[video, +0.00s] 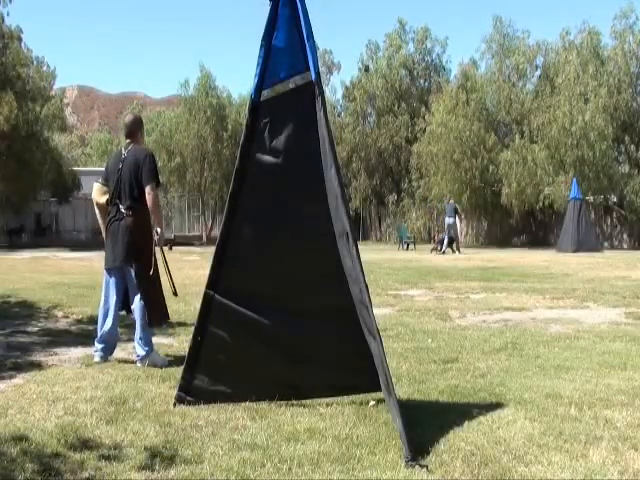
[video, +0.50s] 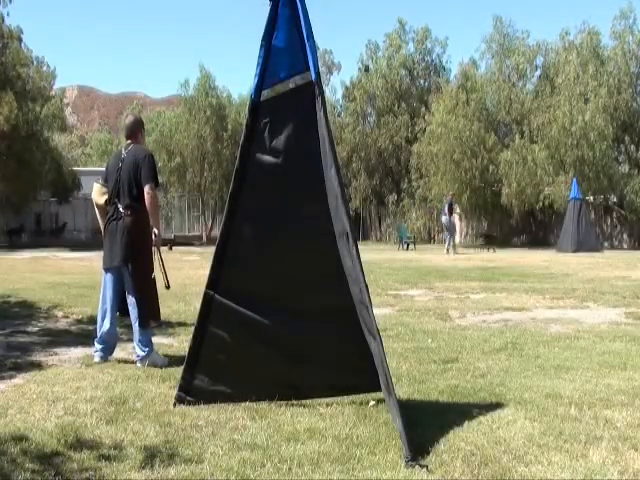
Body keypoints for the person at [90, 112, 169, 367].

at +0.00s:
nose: (143, 134)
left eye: (140, 131)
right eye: (143, 131)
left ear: (123, 133)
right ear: (140, 132)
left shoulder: (113, 160)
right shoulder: (144, 156)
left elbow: (98, 198)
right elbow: (150, 194)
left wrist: (105, 230)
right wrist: (158, 227)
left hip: (114, 231)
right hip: (137, 231)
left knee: (110, 293)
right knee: (141, 292)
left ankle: (102, 348)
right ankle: (144, 350)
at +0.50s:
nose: (145, 135)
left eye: (143, 132)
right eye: (144, 132)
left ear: (125, 135)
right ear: (140, 133)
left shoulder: (113, 160)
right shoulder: (144, 155)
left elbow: (99, 197)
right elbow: (149, 193)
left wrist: (105, 228)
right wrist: (156, 227)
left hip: (112, 230)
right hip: (134, 230)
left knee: (109, 294)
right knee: (138, 293)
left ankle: (102, 349)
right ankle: (144, 351)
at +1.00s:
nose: (146, 135)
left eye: (143, 132)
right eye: (145, 132)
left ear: (126, 135)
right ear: (141, 133)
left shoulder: (114, 159)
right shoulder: (144, 156)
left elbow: (98, 196)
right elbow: (149, 193)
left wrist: (105, 226)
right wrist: (156, 226)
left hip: (112, 229)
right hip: (134, 230)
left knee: (109, 294)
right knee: (138, 292)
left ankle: (101, 349)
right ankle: (144, 351)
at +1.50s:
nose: (146, 136)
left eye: (144, 132)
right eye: (145, 132)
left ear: (126, 134)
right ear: (140, 133)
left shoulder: (114, 158)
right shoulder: (143, 156)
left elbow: (99, 194)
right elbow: (147, 194)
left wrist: (106, 223)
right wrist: (154, 227)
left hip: (111, 228)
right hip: (133, 228)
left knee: (109, 292)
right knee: (137, 291)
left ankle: (101, 348)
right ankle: (144, 351)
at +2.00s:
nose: (144, 140)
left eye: (143, 137)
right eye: (142, 136)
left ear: (123, 138)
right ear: (135, 138)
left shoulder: (110, 163)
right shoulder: (129, 156)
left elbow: (94, 186)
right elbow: (143, 136)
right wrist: (163, 119)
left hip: (98, 238)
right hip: (118, 238)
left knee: (100, 296)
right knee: (133, 292)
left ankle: (95, 347)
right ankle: (130, 349)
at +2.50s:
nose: (123, 141)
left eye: (122, 137)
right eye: (122, 138)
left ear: (102, 138)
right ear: (115, 138)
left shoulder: (86, 158)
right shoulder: (117, 161)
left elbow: (67, 193)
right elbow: (135, 192)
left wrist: (83, 206)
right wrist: (139, 207)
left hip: (77, 226)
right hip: (98, 229)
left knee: (80, 289)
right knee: (110, 290)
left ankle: (68, 349)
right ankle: (130, 351)